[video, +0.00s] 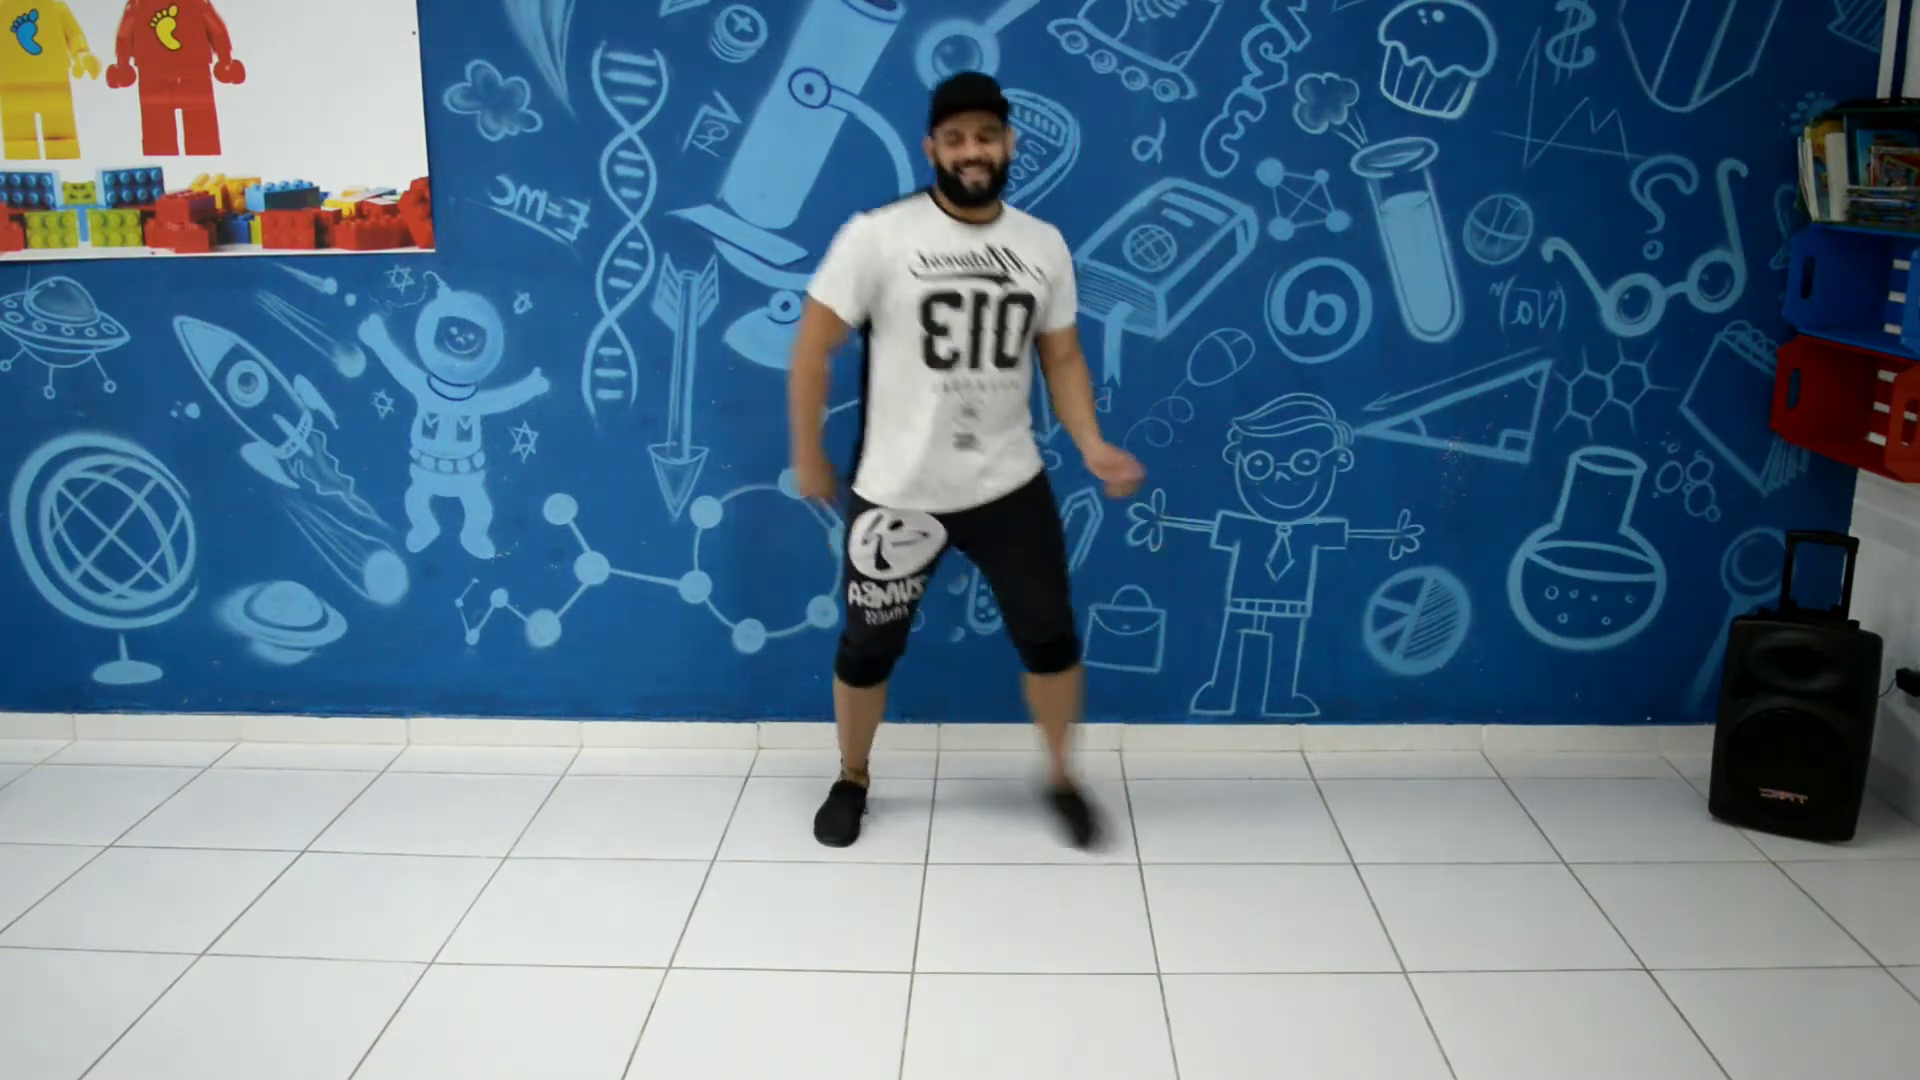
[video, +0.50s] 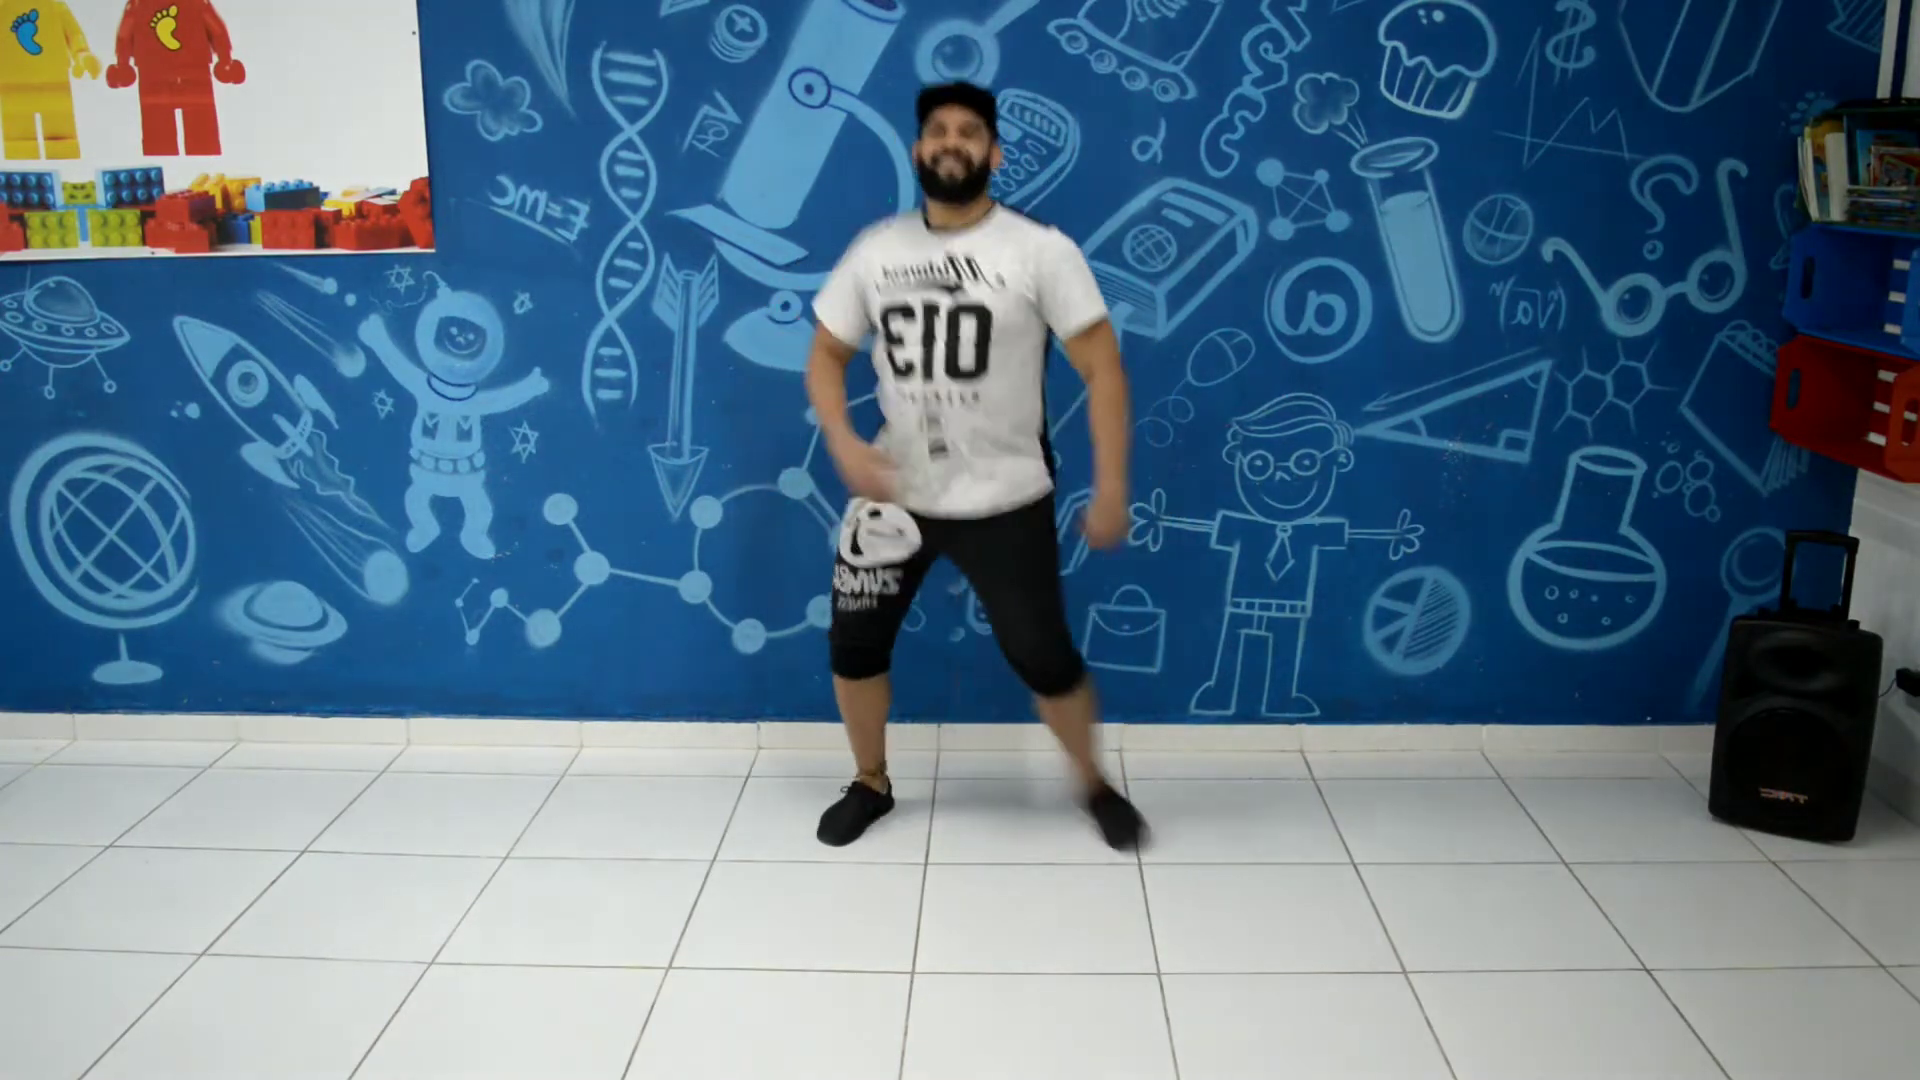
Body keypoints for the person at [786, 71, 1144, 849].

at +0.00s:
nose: (973, 152)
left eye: (988, 137)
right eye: (955, 138)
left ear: (1010, 146)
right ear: (931, 147)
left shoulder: (1042, 248)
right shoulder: (873, 240)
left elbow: (1064, 359)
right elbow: (811, 348)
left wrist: (1092, 444)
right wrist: (808, 456)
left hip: (1008, 482)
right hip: (898, 484)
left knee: (1051, 638)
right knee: (868, 645)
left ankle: (1063, 782)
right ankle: (851, 781)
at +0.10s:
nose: (953, 155)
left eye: (966, 137)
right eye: (935, 142)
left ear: (989, 142)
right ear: (911, 153)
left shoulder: (1034, 249)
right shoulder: (857, 241)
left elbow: (1066, 357)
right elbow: (778, 338)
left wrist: (1072, 441)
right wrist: (749, 442)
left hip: (987, 484)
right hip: (879, 484)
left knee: (1015, 652)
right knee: (856, 651)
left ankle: (964, 732)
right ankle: (851, 780)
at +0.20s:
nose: (933, 174)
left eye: (946, 157)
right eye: (915, 162)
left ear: (971, 163)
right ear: (895, 177)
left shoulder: (1025, 271)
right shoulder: (847, 270)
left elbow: (1067, 381)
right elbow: (762, 355)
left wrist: (1055, 446)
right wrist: (692, 448)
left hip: (969, 508)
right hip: (865, 500)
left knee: (963, 677)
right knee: (840, 662)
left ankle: (901, 746)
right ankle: (847, 780)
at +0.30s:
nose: (924, 164)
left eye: (938, 148)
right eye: (908, 152)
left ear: (965, 158)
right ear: (889, 168)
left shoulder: (1022, 261)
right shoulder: (852, 264)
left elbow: (1067, 376)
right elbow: (784, 356)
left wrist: (1042, 465)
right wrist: (700, 432)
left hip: (971, 503)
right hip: (867, 494)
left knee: (961, 669)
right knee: (845, 657)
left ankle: (907, 744)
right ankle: (848, 781)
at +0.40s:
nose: (932, 130)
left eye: (947, 118)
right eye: (917, 120)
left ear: (974, 135)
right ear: (897, 140)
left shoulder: (1028, 236)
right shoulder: (857, 235)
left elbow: (1076, 356)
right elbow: (809, 338)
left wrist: (1056, 474)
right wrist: (761, 426)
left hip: (989, 481)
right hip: (881, 477)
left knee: (1004, 654)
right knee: (859, 637)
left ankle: (971, 738)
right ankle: (854, 777)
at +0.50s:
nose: (950, 143)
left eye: (967, 133)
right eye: (936, 132)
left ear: (993, 152)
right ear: (915, 152)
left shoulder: (1043, 254)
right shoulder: (875, 253)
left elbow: (1103, 369)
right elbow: (824, 359)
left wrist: (1111, 490)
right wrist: (843, 446)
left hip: (1005, 498)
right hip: (897, 492)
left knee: (1045, 658)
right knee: (854, 643)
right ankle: (870, 782)